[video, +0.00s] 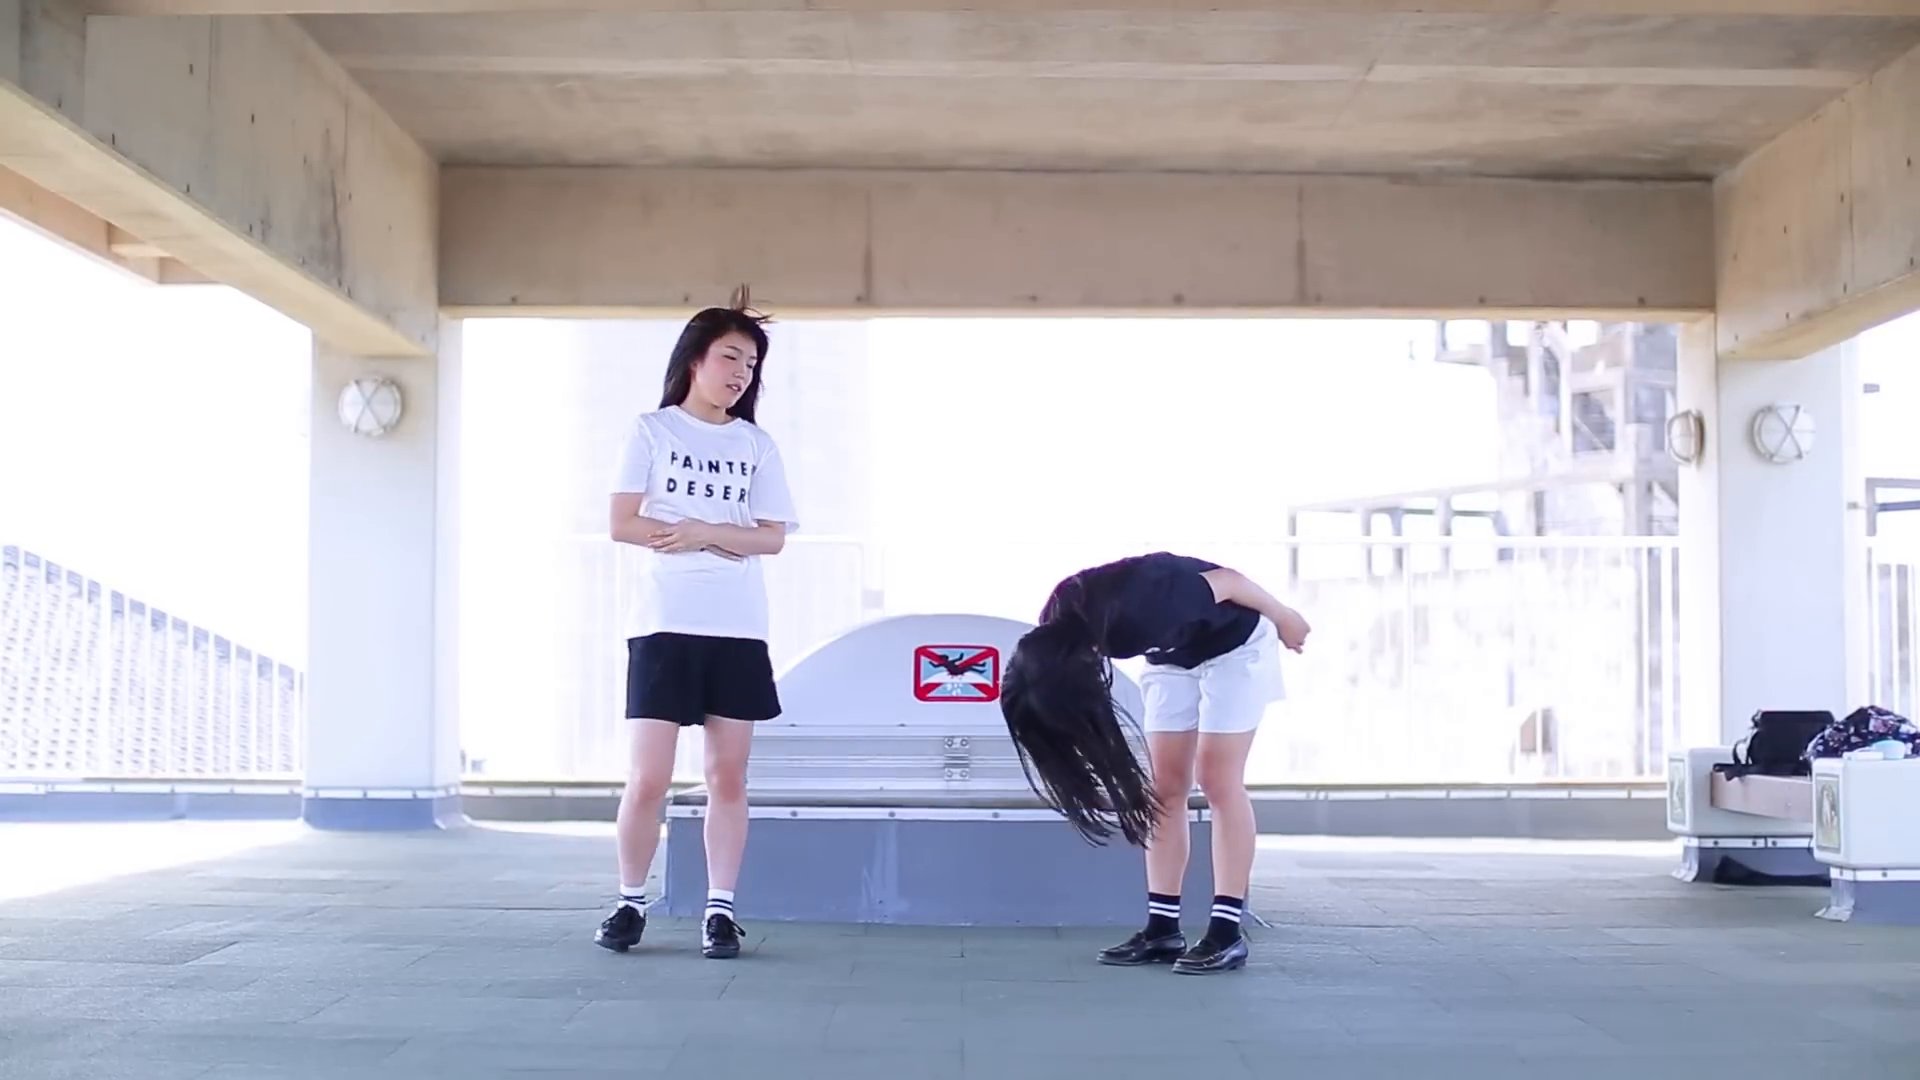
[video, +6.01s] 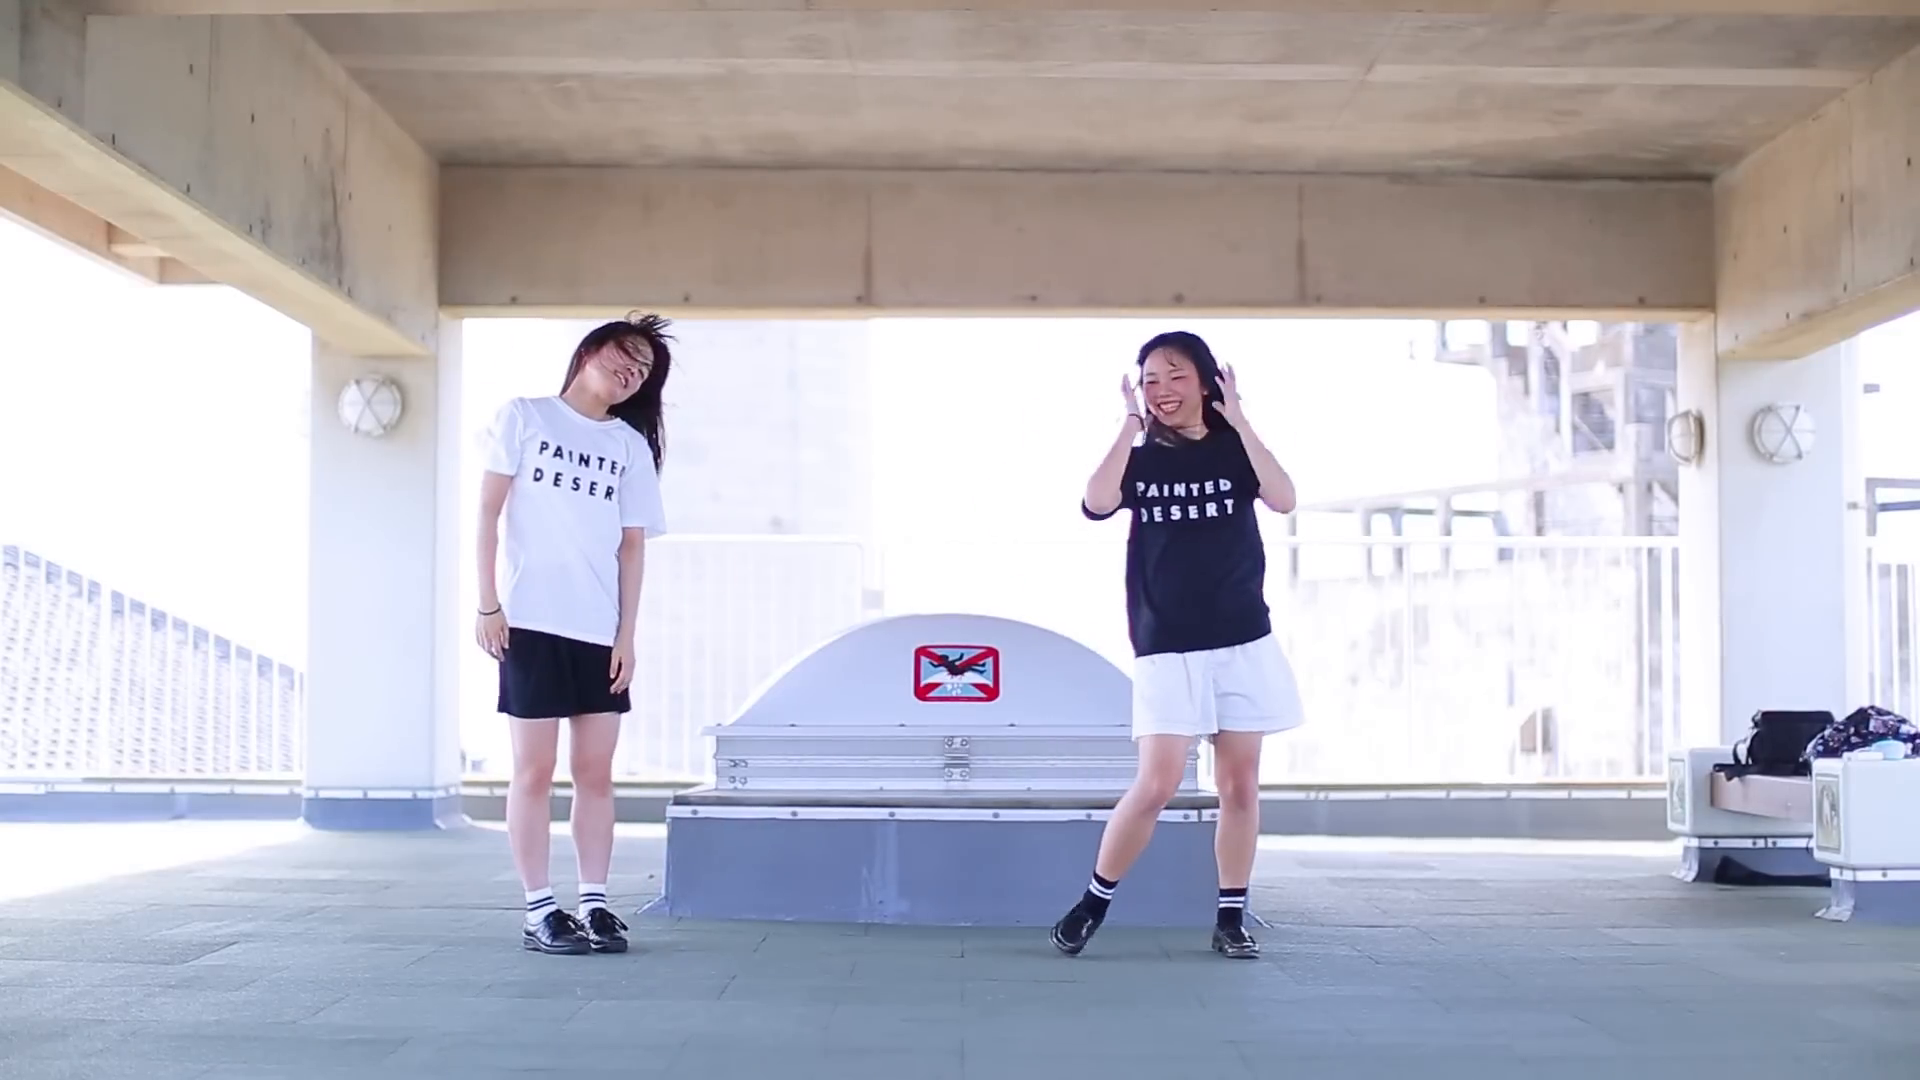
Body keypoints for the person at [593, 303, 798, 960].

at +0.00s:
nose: (737, 372)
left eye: (748, 364)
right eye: (727, 357)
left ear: (754, 375)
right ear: (692, 357)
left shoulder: (758, 444)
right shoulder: (651, 429)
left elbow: (773, 539)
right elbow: (622, 525)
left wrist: (698, 532)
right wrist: (721, 534)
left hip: (739, 630)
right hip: (664, 626)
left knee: (728, 777)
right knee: (650, 780)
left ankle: (720, 911)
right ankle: (631, 902)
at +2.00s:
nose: (726, 363)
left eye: (735, 353)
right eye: (712, 351)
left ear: (746, 361)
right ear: (682, 355)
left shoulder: (753, 441)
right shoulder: (646, 424)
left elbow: (763, 538)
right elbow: (601, 512)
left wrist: (704, 573)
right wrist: (676, 510)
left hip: (712, 630)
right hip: (636, 621)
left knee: (716, 778)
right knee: (609, 774)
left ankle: (719, 911)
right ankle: (583, 908)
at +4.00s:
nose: (619, 350)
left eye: (624, 341)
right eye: (603, 340)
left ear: (630, 355)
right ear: (569, 354)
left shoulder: (645, 433)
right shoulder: (542, 432)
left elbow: (662, 524)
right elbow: (527, 535)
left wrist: (689, 597)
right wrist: (526, 493)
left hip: (631, 622)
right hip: (558, 621)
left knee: (647, 771)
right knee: (567, 773)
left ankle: (636, 907)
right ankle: (578, 910)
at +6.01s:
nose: (629, 367)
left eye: (640, 368)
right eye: (623, 352)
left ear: (637, 385)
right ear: (590, 348)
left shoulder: (632, 447)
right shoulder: (524, 416)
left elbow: (632, 546)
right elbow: (488, 514)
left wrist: (627, 632)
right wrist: (489, 604)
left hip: (601, 629)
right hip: (531, 620)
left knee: (596, 773)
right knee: (535, 772)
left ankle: (595, 906)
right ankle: (541, 911)